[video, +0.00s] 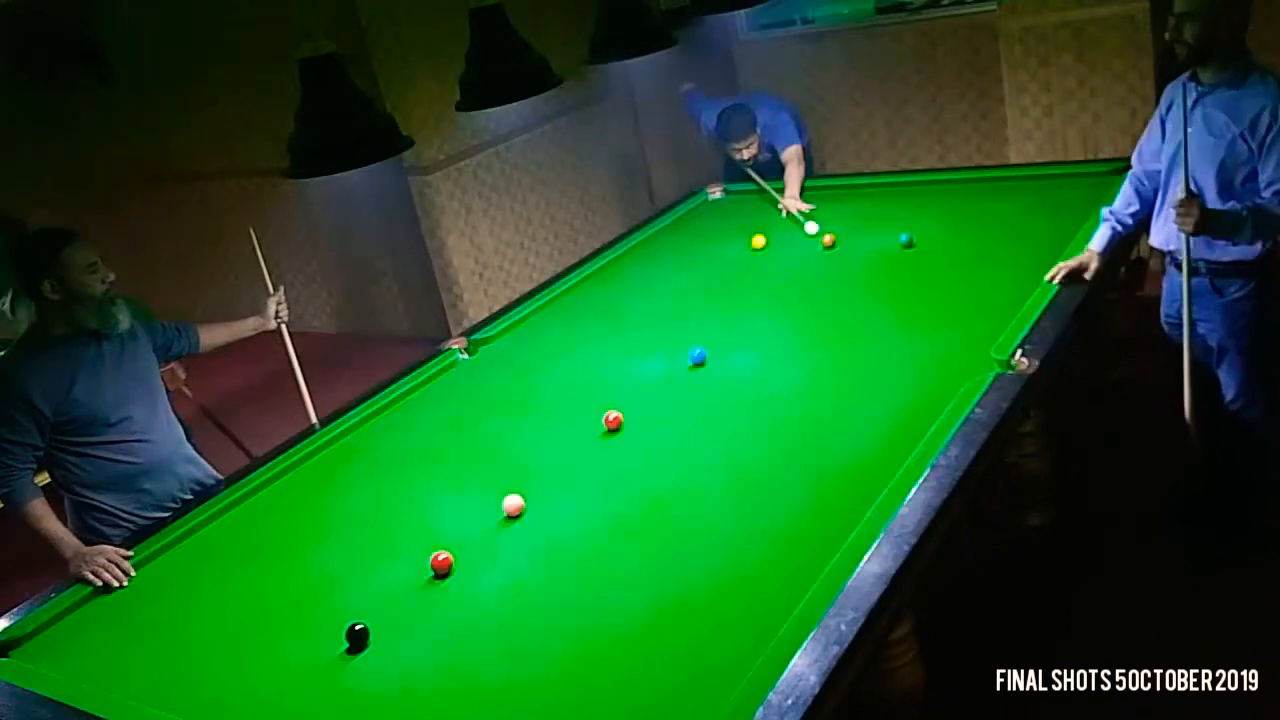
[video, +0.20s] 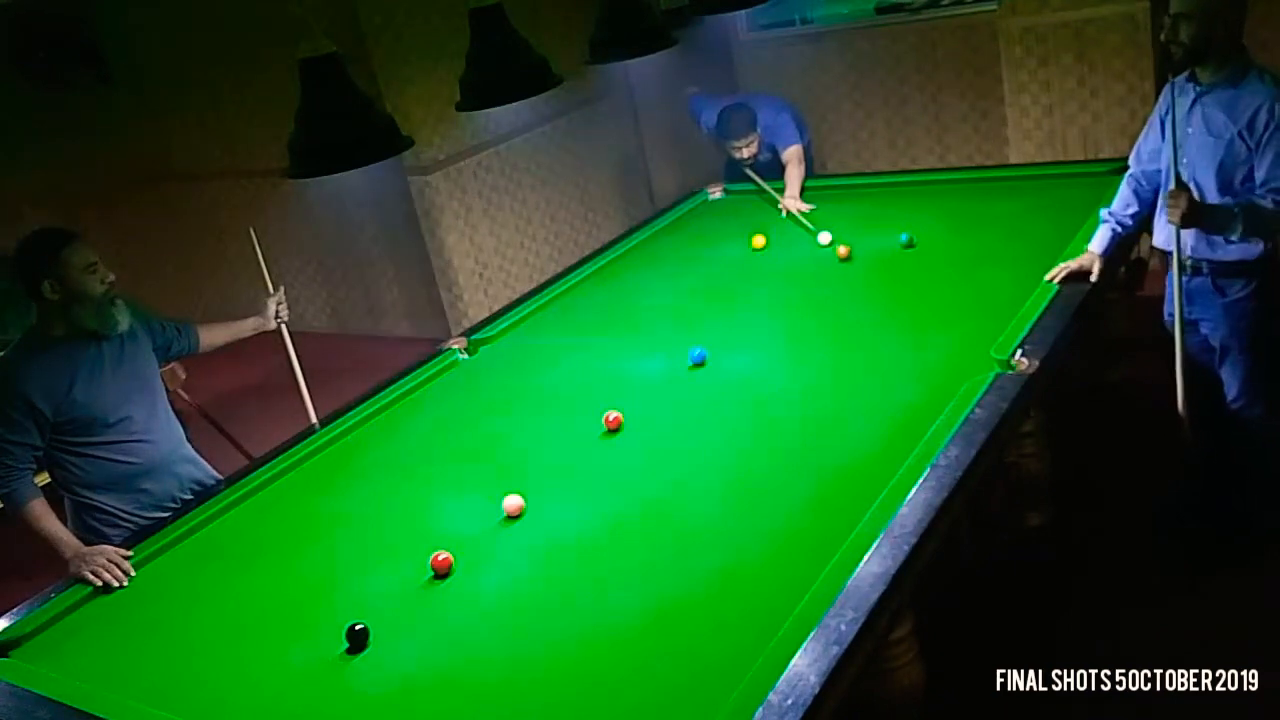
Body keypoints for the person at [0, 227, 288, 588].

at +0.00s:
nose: (110, 276)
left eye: (103, 265)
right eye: (91, 270)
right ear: (52, 290)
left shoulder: (130, 328)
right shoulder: (25, 371)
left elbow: (188, 338)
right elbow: (13, 476)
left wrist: (261, 321)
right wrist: (74, 552)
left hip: (206, 504)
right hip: (130, 544)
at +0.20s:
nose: (110, 277)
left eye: (102, 265)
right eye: (91, 270)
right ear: (51, 290)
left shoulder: (131, 327)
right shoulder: (25, 373)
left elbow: (188, 338)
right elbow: (13, 477)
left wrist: (260, 321)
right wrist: (75, 552)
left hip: (206, 504)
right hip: (130, 545)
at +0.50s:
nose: (109, 278)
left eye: (101, 267)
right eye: (90, 272)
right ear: (47, 291)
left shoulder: (130, 325)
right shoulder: (25, 373)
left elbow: (187, 337)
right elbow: (13, 477)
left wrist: (260, 321)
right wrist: (75, 552)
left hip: (206, 503)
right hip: (130, 544)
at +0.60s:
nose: (108, 280)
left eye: (101, 268)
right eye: (89, 273)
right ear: (47, 291)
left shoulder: (129, 324)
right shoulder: (25, 373)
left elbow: (187, 337)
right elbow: (13, 477)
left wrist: (260, 321)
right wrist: (75, 552)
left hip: (205, 502)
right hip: (129, 542)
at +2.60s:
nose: (121, 264)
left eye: (114, 254)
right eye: (105, 259)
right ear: (69, 276)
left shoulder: (122, 313)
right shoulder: (42, 358)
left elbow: (157, 369)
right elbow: (28, 464)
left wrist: (239, 376)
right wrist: (80, 544)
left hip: (204, 487)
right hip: (143, 525)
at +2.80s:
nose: (140, 252)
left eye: (133, 242)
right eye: (124, 245)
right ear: (89, 264)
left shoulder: (128, 308)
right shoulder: (76, 336)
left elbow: (158, 378)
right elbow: (62, 442)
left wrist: (222, 385)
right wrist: (137, 506)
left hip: (208, 479)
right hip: (172, 502)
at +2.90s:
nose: (150, 246)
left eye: (142, 236)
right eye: (134, 239)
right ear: (101, 257)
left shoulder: (134, 304)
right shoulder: (94, 327)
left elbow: (164, 371)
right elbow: (96, 429)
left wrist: (222, 377)